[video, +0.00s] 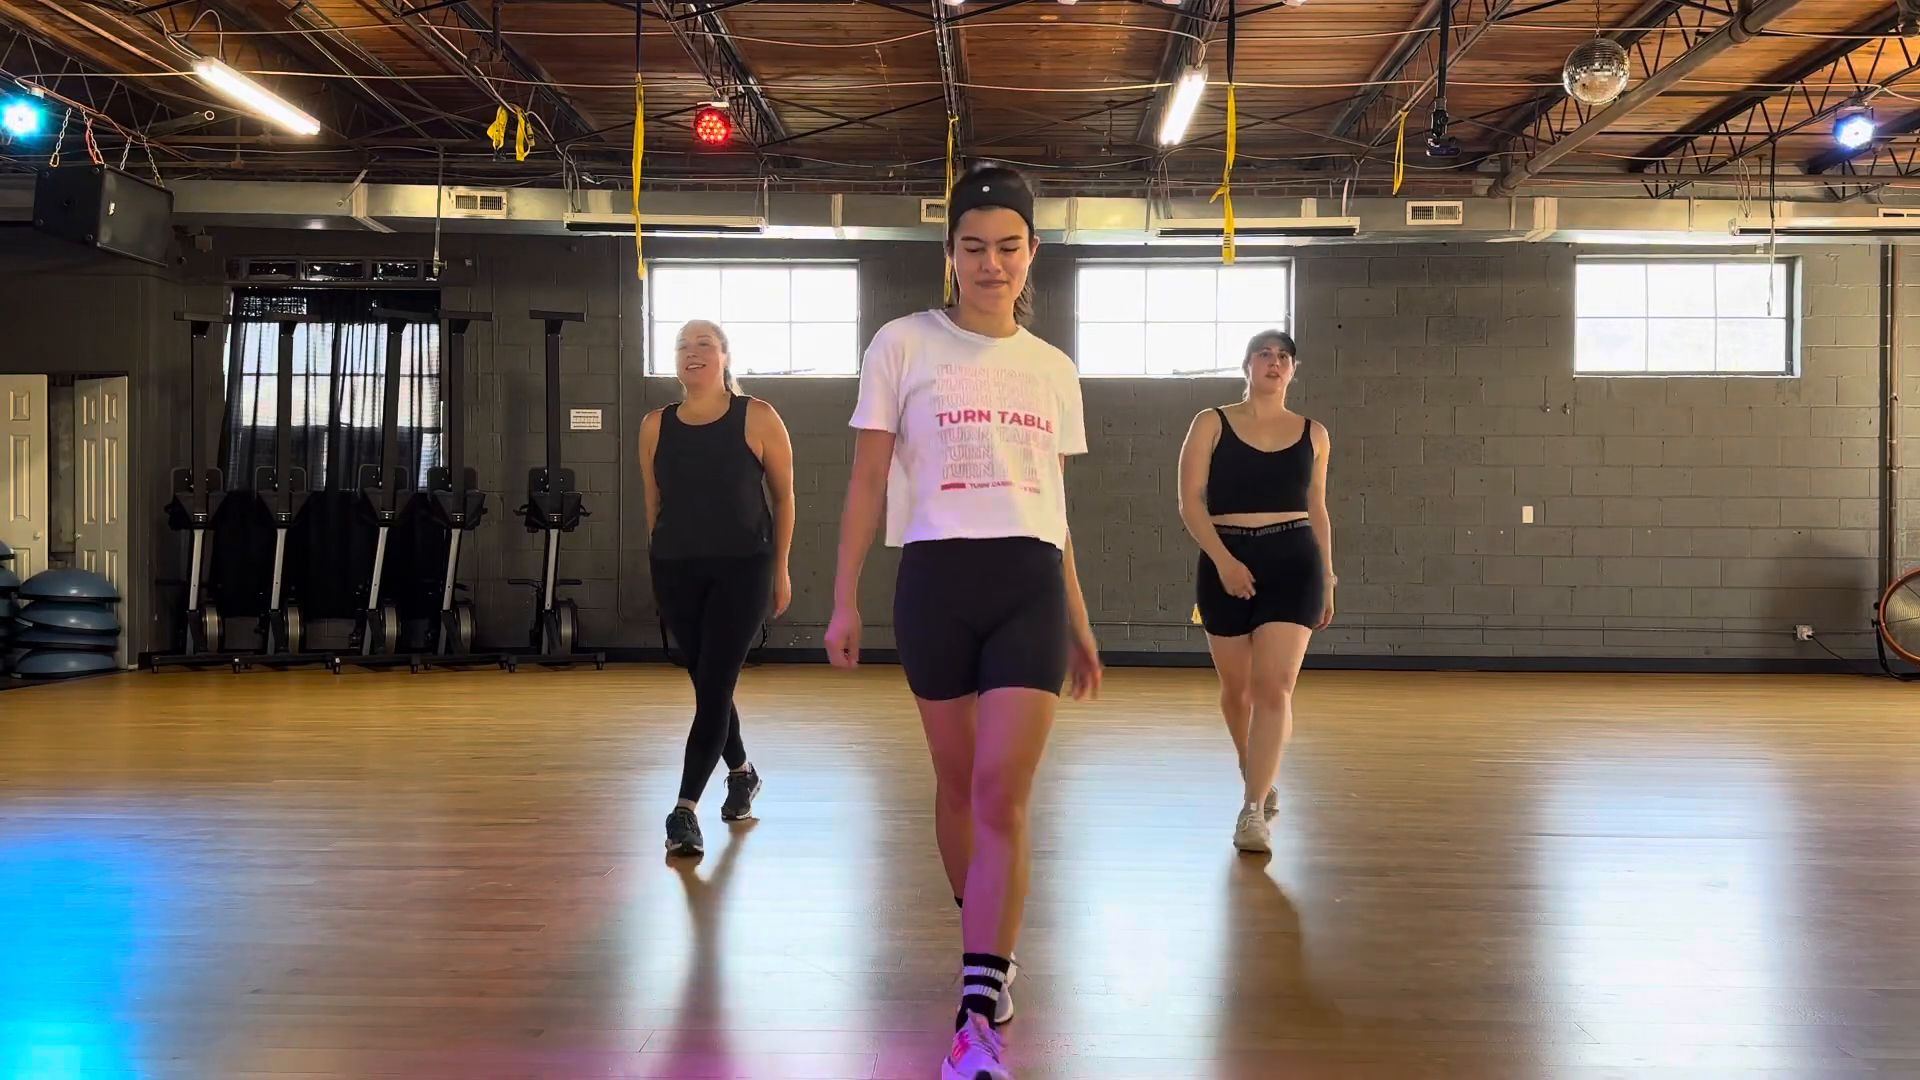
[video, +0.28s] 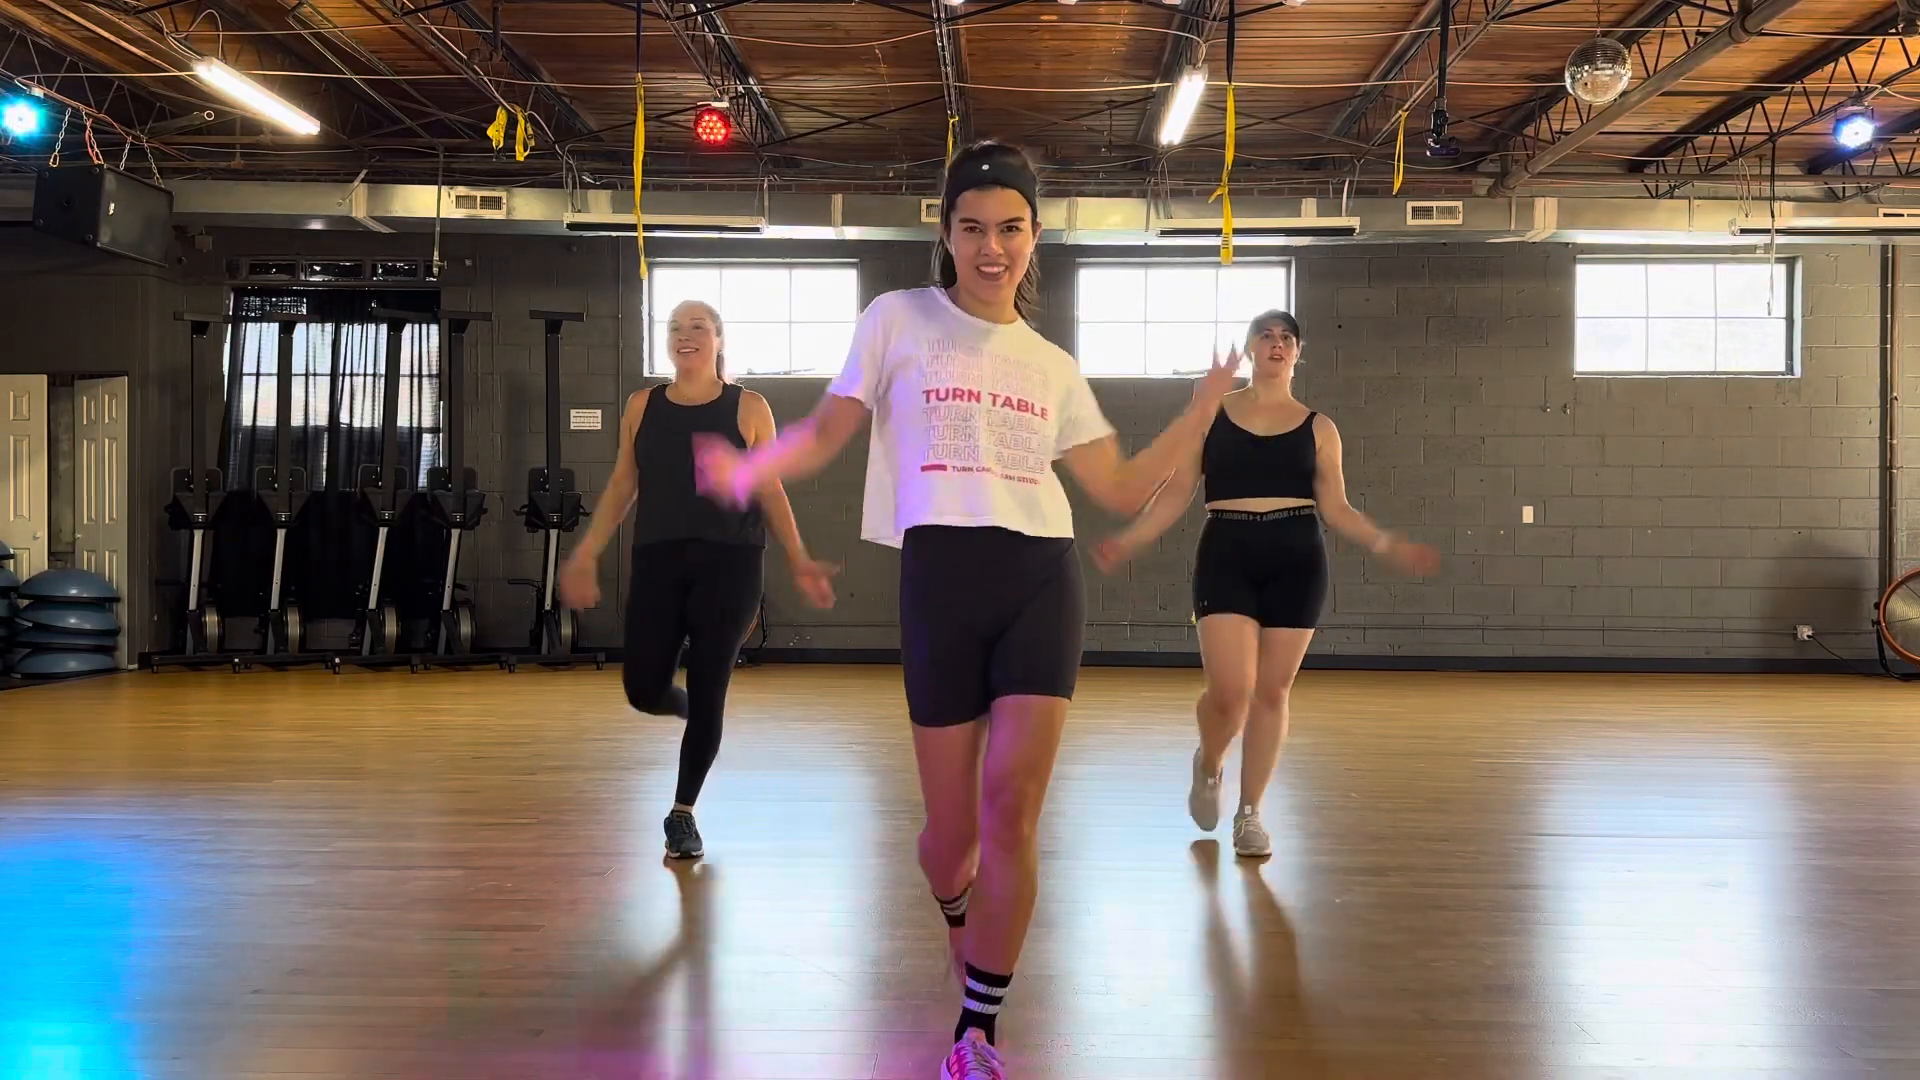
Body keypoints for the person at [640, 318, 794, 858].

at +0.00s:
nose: (693, 354)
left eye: (704, 346)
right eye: (685, 347)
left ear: (726, 359)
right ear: (675, 362)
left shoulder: (759, 417)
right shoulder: (656, 426)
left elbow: (784, 496)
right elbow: (654, 503)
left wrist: (781, 567)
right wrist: (660, 564)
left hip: (743, 568)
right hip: (675, 569)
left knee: (715, 681)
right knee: (707, 680)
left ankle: (685, 807)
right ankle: (741, 770)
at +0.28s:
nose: (686, 336)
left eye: (698, 328)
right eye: (678, 328)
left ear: (719, 341)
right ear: (667, 342)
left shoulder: (749, 407)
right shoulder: (643, 405)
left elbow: (772, 490)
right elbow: (622, 484)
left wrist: (799, 559)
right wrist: (586, 552)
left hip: (727, 566)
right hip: (657, 564)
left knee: (705, 692)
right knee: (643, 688)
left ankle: (683, 812)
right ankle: (698, 706)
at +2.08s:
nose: (673, 321)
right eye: (671, 310)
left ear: (615, 324)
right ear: (672, 318)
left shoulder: (590, 388)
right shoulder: (709, 381)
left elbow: (532, 455)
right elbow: (750, 465)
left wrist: (531, 533)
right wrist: (765, 540)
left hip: (619, 561)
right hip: (698, 559)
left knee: (640, 694)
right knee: (698, 694)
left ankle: (664, 825)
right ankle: (651, 802)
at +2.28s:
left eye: (617, 327)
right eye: (664, 322)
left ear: (611, 335)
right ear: (667, 330)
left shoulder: (586, 412)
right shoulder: (708, 394)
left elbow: (579, 508)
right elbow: (736, 479)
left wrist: (563, 580)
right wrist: (746, 558)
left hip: (621, 571)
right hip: (699, 560)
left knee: (646, 702)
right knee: (707, 653)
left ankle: (668, 829)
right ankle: (704, 696)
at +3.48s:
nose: (697, 364)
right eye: (699, 355)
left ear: (650, 357)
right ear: (697, 360)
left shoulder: (611, 415)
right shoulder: (712, 419)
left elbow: (587, 489)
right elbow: (713, 496)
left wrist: (580, 557)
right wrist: (711, 571)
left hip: (618, 567)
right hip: (679, 567)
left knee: (669, 667)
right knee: (655, 681)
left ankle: (694, 767)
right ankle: (625, 799)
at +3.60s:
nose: (704, 368)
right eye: (703, 360)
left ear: (653, 362)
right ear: (698, 365)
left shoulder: (617, 420)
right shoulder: (714, 423)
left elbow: (596, 493)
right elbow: (716, 499)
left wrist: (594, 561)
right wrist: (715, 573)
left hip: (625, 567)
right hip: (685, 568)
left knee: (670, 673)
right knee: (661, 681)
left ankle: (697, 774)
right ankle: (628, 794)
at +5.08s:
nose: (701, 382)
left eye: (713, 375)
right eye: (698, 374)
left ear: (738, 384)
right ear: (693, 383)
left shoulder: (755, 431)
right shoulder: (706, 428)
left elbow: (794, 489)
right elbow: (712, 494)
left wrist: (780, 553)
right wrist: (701, 549)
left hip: (746, 560)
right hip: (712, 559)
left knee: (713, 651)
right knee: (746, 651)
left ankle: (732, 758)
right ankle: (782, 733)